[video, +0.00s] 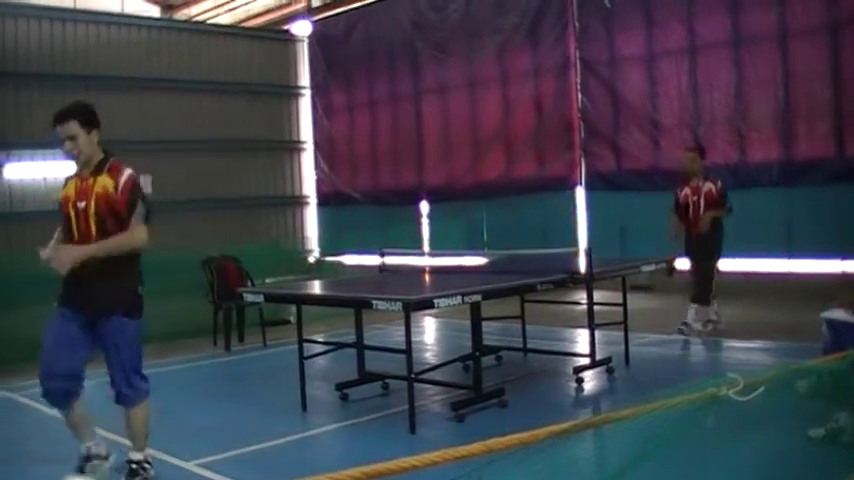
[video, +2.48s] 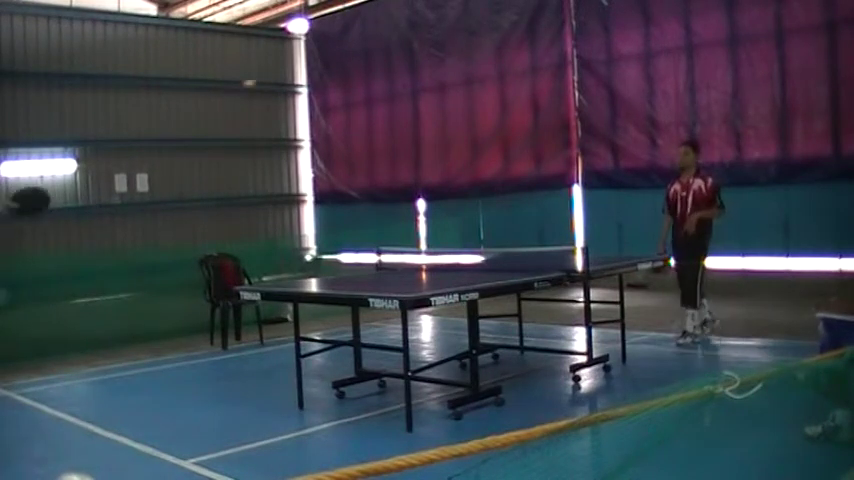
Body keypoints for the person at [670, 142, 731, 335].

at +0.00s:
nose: (688, 165)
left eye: (693, 161)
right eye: (687, 161)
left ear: (701, 163)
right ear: (684, 163)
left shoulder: (714, 186)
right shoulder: (682, 190)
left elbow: (724, 209)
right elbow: (679, 215)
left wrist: (709, 214)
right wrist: (680, 227)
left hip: (711, 235)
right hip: (692, 235)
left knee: (703, 273)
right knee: (701, 273)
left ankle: (693, 315)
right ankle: (711, 312)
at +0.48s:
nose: (709, 159)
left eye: (713, 155)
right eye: (707, 155)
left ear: (722, 158)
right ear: (705, 159)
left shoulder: (734, 181)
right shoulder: (703, 186)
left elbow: (742, 206)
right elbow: (700, 213)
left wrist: (723, 206)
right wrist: (700, 239)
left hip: (730, 237)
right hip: (708, 238)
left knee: (739, 273)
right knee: (707, 276)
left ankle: (754, 312)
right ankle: (711, 315)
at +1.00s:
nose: (744, 157)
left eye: (748, 153)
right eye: (741, 152)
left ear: (755, 156)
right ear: (736, 156)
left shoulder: (765, 181)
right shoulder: (727, 181)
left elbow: (773, 206)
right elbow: (720, 209)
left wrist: (767, 217)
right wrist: (717, 234)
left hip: (756, 235)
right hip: (732, 234)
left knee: (756, 272)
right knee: (729, 272)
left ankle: (757, 314)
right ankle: (725, 314)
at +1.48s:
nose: (739, 157)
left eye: (743, 153)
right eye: (737, 152)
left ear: (750, 156)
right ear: (733, 156)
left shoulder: (762, 183)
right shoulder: (723, 183)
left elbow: (771, 208)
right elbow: (715, 213)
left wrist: (755, 212)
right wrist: (710, 242)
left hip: (752, 240)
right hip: (728, 239)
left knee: (753, 277)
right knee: (723, 277)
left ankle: (755, 315)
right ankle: (716, 316)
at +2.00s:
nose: (694, 157)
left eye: (698, 153)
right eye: (692, 153)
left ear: (709, 155)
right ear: (691, 157)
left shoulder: (724, 180)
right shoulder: (690, 187)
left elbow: (737, 203)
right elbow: (688, 220)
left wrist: (718, 209)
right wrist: (685, 252)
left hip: (722, 240)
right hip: (701, 242)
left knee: (726, 279)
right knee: (704, 283)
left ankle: (740, 313)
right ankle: (711, 320)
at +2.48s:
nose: (681, 158)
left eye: (686, 154)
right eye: (680, 154)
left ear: (695, 158)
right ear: (678, 158)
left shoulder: (707, 183)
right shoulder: (673, 186)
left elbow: (717, 210)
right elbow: (668, 216)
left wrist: (696, 215)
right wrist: (662, 242)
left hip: (698, 239)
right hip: (679, 239)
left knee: (691, 279)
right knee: (686, 278)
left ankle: (690, 328)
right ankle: (704, 316)